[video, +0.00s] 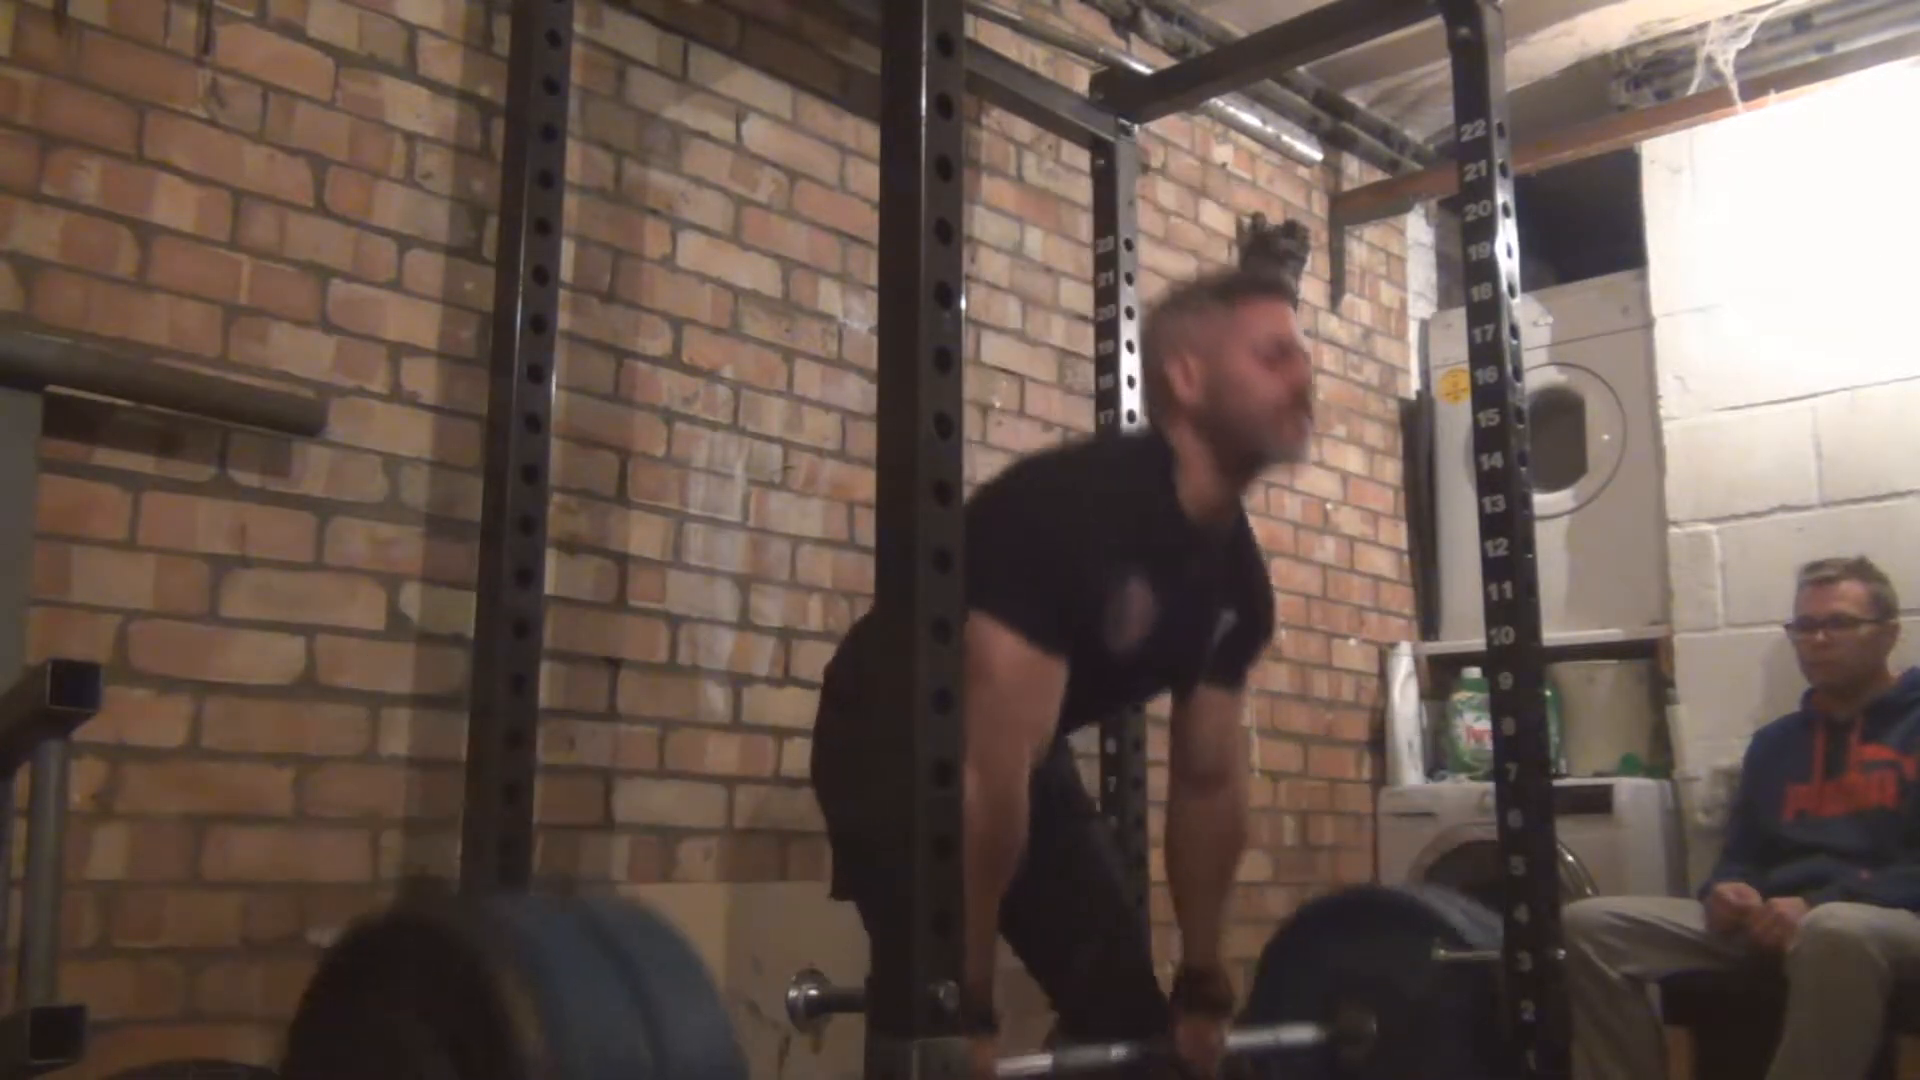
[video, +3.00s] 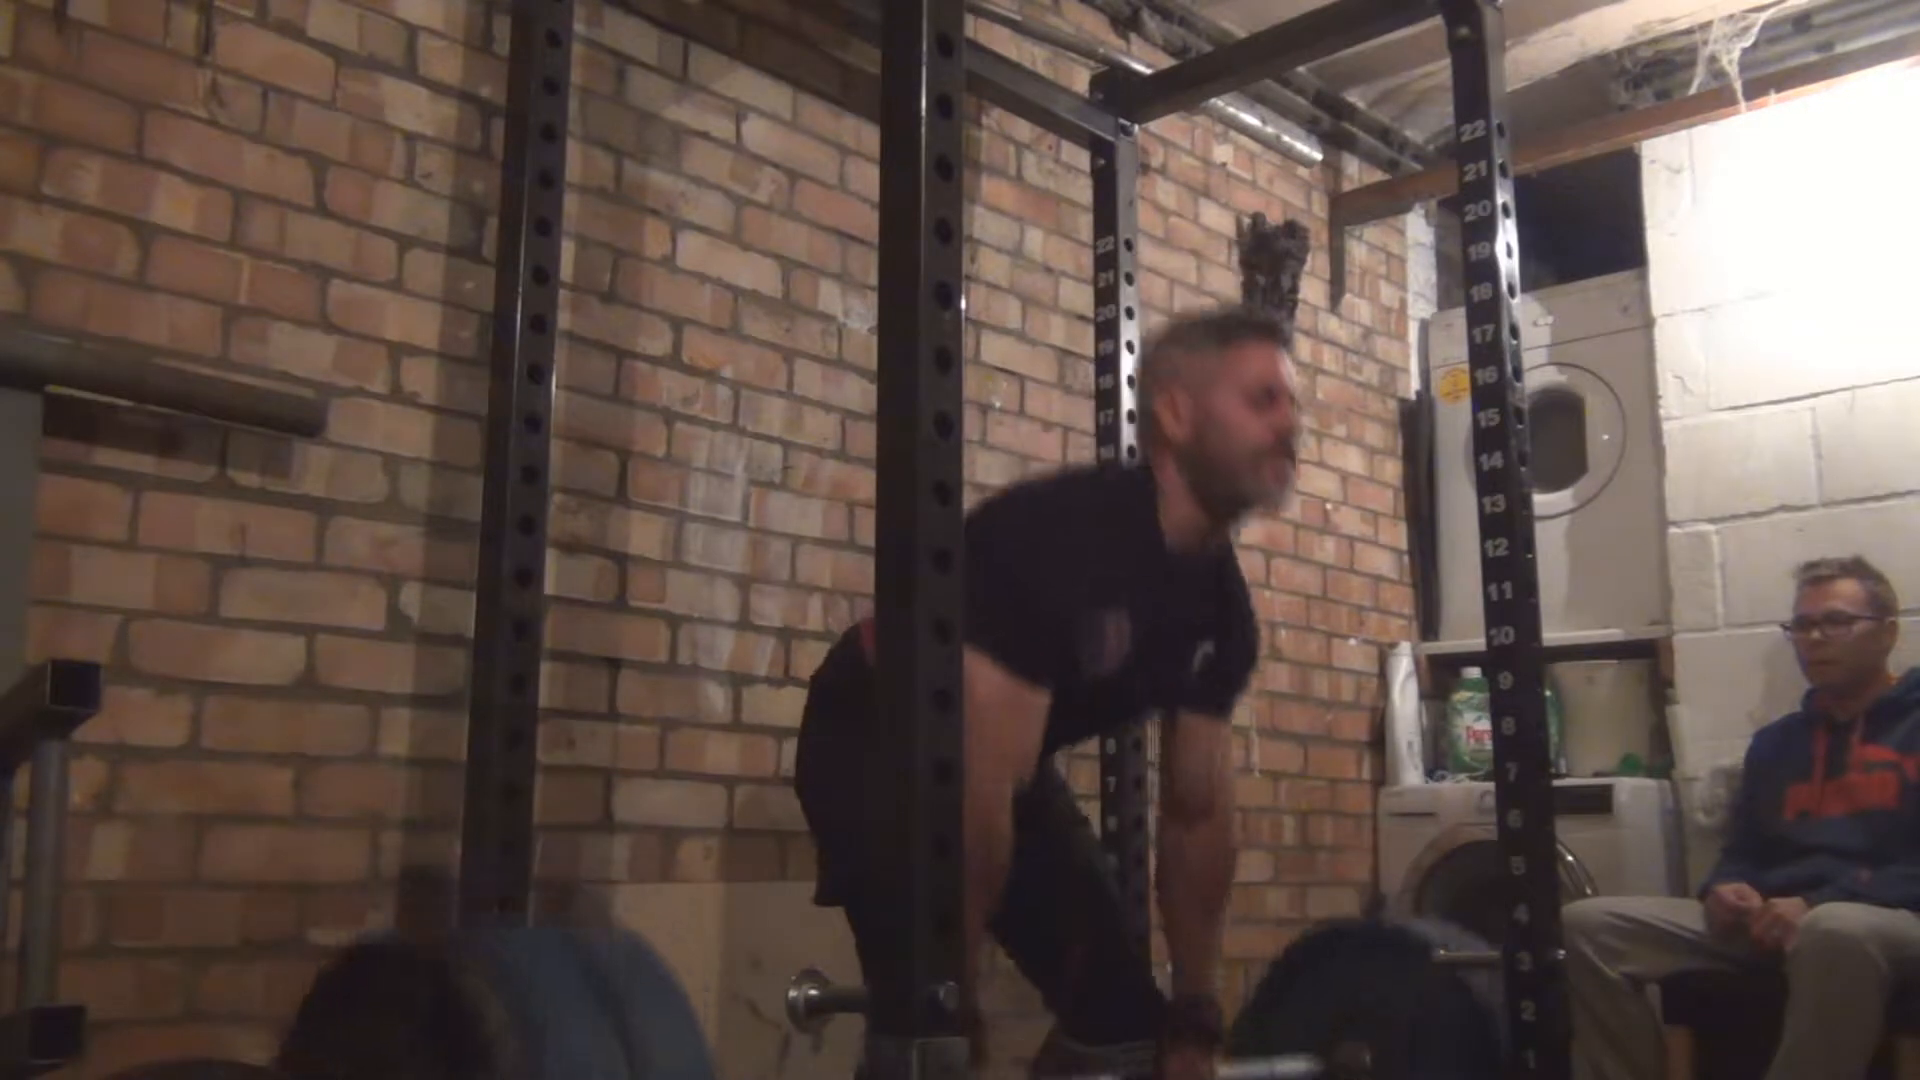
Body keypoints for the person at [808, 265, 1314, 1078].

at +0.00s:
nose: (1307, 380)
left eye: (1302, 355)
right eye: (1275, 355)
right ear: (1184, 377)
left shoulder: (1233, 580)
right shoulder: (1066, 507)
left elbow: (1210, 783)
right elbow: (994, 773)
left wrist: (1203, 980)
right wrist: (971, 1014)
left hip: (1017, 750)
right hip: (890, 729)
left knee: (1122, 1004)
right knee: (928, 1006)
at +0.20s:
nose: (1345, 491)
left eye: (1342, 468)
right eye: (1316, 465)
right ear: (1224, 474)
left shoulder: (1249, 664)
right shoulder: (1087, 586)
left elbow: (1215, 858)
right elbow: (996, 866)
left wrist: (1204, 1042)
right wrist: (963, 1057)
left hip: (1015, 767)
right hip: (879, 750)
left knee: (1131, 1025)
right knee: (937, 1010)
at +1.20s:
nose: (1289, 394)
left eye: (1288, 370)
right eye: (1259, 368)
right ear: (1167, 383)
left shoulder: (1219, 588)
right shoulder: (1052, 507)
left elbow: (1202, 779)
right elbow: (976, 756)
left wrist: (1205, 978)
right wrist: (969, 985)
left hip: (1001, 735)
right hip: (876, 715)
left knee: (1107, 972)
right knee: (923, 1008)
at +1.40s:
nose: (1233, 272)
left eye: (1230, 252)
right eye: (1203, 250)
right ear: (1118, 275)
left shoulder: (1202, 488)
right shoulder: (1032, 421)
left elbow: (1189, 683)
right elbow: (960, 654)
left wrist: (1196, 854)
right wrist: (962, 887)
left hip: (1021, 703)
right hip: (908, 687)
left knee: (1115, 983)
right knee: (929, 973)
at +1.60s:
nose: (1146, 185)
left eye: (1147, 168)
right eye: (1116, 163)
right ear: (1034, 187)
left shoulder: (1154, 383)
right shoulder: (994, 331)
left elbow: (1165, 590)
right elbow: (947, 562)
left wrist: (1192, 767)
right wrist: (958, 769)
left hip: (1088, 691)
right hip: (978, 681)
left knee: (1123, 1002)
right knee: (951, 1006)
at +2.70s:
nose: (1235, 291)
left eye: (1237, 268)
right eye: (1207, 264)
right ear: (1119, 274)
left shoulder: (1194, 495)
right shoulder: (1024, 419)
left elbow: (1185, 695)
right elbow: (969, 661)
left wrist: (1196, 887)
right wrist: (949, 901)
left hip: (1020, 709)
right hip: (907, 692)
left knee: (1117, 992)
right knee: (927, 1007)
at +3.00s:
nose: (1292, 427)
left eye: (1291, 404)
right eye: (1264, 401)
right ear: (1173, 412)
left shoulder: (1217, 611)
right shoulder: (1053, 536)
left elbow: (1198, 814)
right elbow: (984, 791)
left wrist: (1197, 1009)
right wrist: (955, 1003)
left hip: (993, 764)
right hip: (871, 737)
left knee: (1120, 1013)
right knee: (924, 1026)